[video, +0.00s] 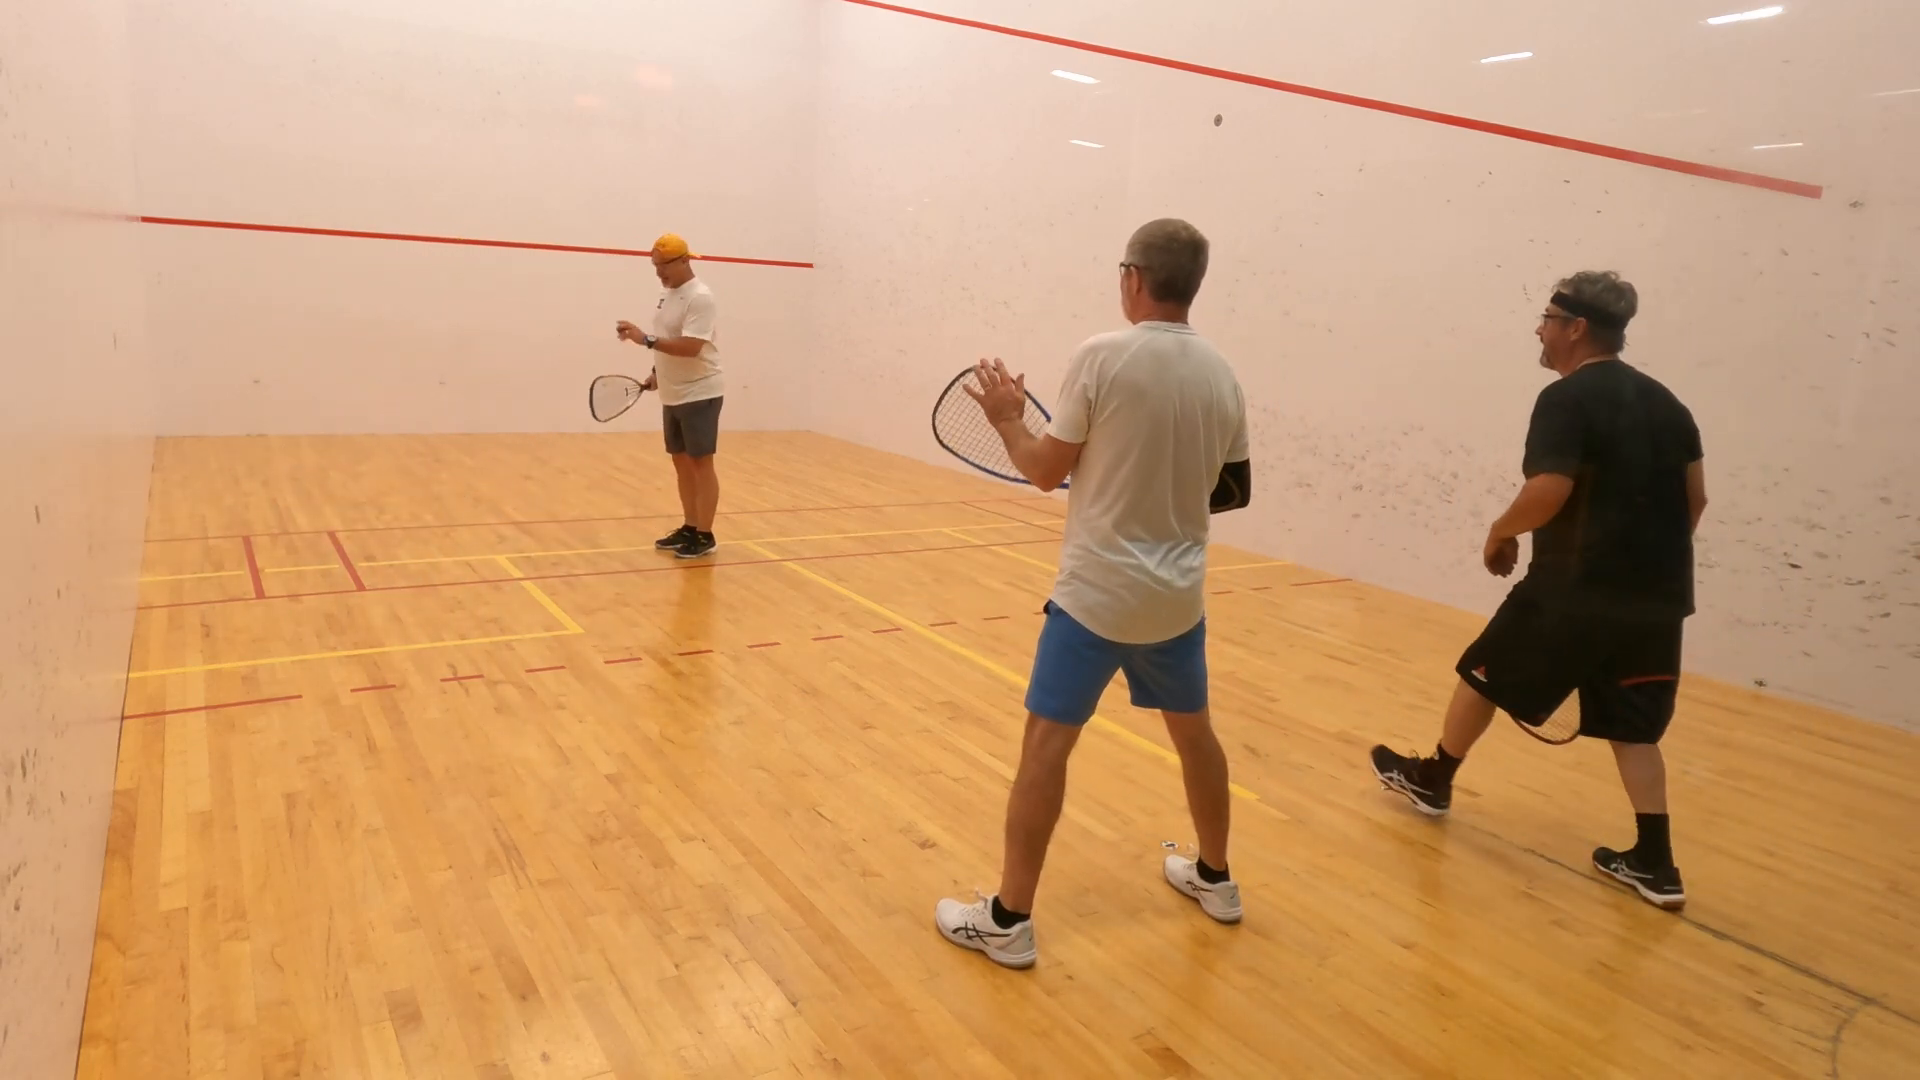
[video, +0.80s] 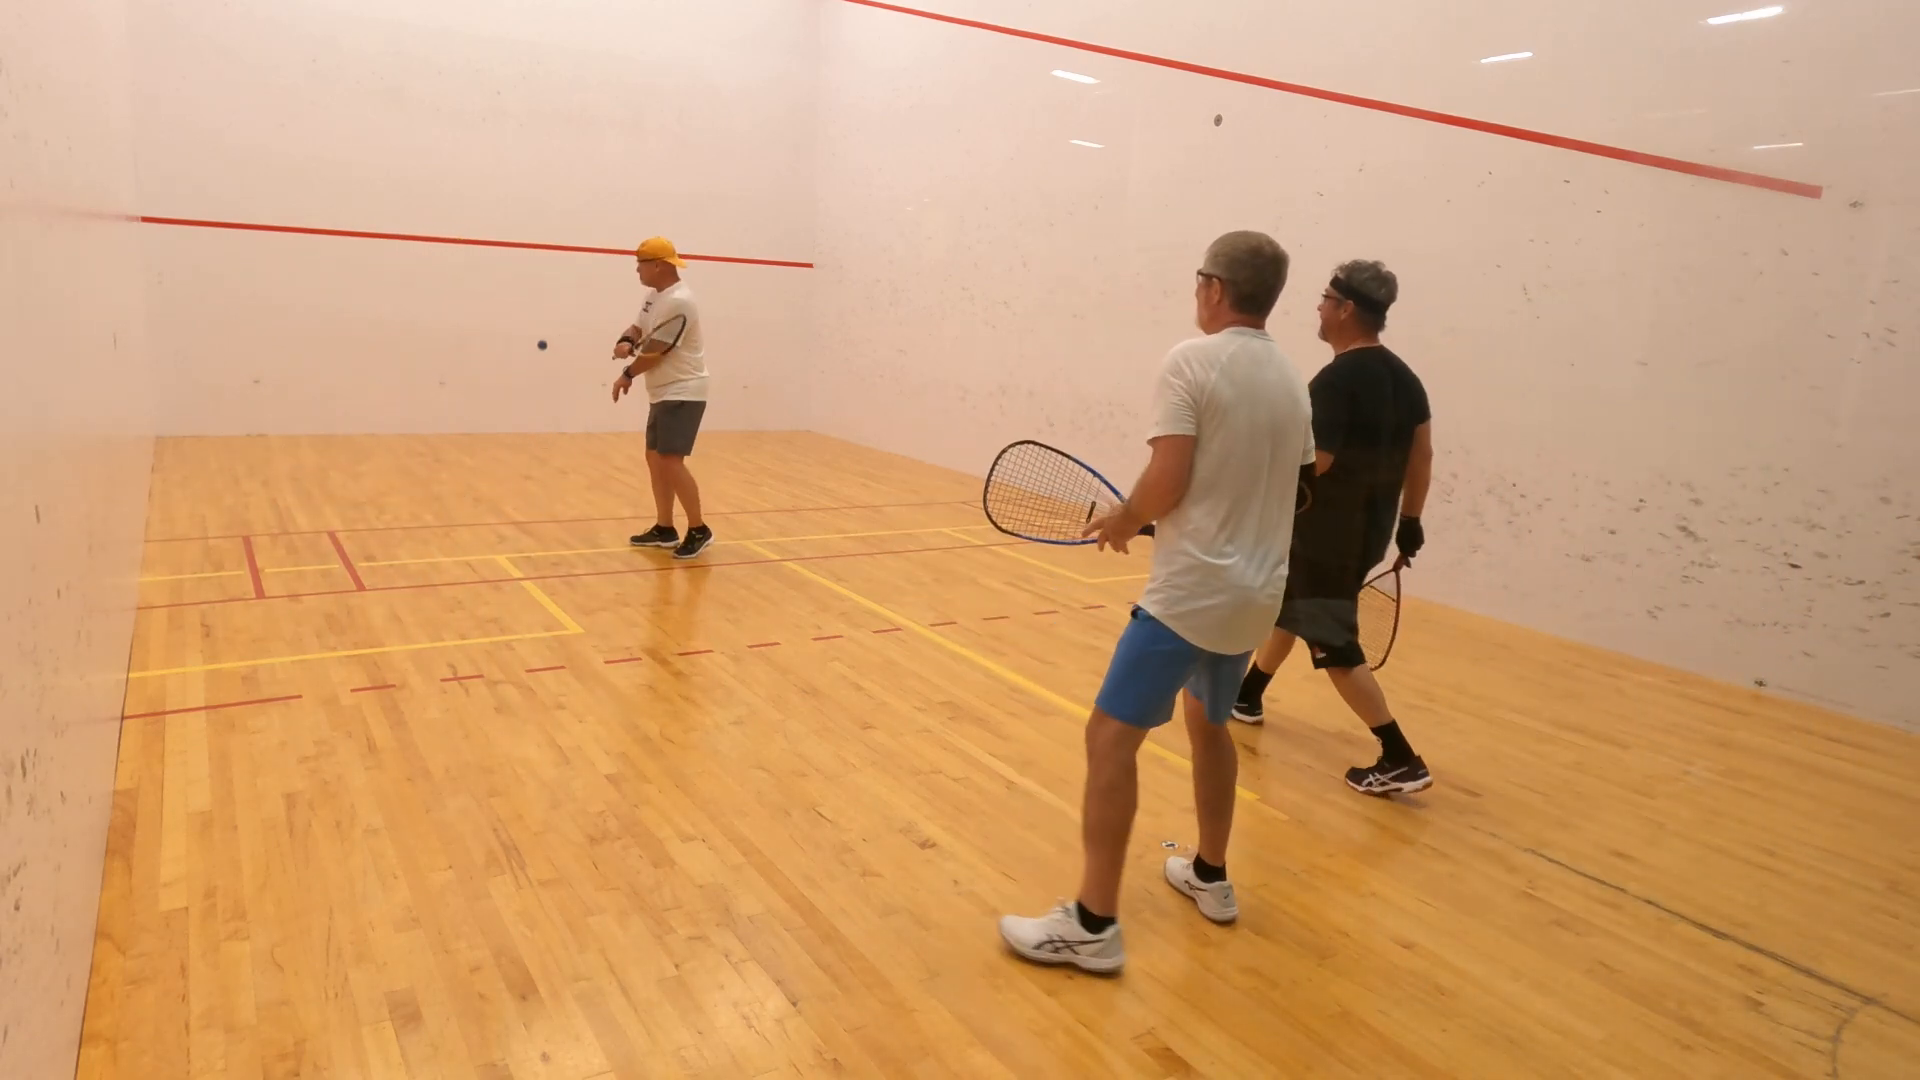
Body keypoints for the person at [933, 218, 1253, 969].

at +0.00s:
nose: (1119, 286)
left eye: (1122, 275)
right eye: (1126, 274)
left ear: (1134, 281)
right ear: (1194, 287)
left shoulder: (1104, 358)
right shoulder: (1219, 373)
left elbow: (1047, 470)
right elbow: (1231, 489)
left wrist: (1007, 417)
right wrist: (1144, 479)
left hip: (1095, 595)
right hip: (1179, 598)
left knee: (1046, 749)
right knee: (1195, 731)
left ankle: (1009, 917)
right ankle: (1216, 877)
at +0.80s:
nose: (1195, 293)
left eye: (1199, 282)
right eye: (1201, 281)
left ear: (1215, 290)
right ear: (1268, 300)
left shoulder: (1193, 362)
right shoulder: (1287, 376)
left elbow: (1167, 483)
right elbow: (1294, 478)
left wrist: (1123, 521)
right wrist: (1158, 511)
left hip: (1189, 593)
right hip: (1257, 594)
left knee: (1110, 735)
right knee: (1208, 718)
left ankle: (1094, 921)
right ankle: (1210, 876)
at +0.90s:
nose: (1216, 289)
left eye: (1221, 279)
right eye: (1220, 277)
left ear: (1235, 286)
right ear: (1294, 294)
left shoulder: (1216, 358)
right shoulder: (1309, 368)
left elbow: (1187, 480)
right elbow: (1296, 481)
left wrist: (1143, 514)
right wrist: (1172, 517)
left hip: (1207, 591)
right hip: (1273, 591)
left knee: (1138, 741)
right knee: (1215, 723)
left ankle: (1182, 933)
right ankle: (1210, 874)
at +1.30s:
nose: (1308, 294)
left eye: (1314, 285)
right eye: (1314, 282)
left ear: (1329, 299)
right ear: (1392, 310)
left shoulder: (1305, 388)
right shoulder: (1408, 399)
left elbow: (1275, 527)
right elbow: (1415, 528)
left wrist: (1208, 620)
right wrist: (1333, 594)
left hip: (1302, 627)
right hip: (1367, 629)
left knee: (1316, 837)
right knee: (1277, 753)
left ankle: (1382, 1030)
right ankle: (1221, 875)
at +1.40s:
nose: (1327, 285)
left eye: (1335, 274)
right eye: (1335, 272)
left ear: (1357, 293)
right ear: (1412, 303)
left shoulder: (1334, 387)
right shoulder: (1443, 397)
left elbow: (1311, 537)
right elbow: (1464, 528)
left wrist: (1249, 656)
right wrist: (1396, 597)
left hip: (1331, 641)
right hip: (1400, 642)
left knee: (1338, 843)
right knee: (1310, 766)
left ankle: (1382, 1034)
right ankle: (1251, 887)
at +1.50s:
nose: (1356, 278)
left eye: (1362, 268)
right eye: (1363, 265)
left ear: (1382, 286)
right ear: (1444, 295)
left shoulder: (1361, 389)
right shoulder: (1479, 389)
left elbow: (1350, 539)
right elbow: (1507, 523)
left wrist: (1299, 679)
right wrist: (1436, 601)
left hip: (1364, 657)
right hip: (1432, 653)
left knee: (1346, 843)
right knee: (1344, 790)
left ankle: (1381, 1034)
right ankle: (1339, 944)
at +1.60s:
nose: (1385, 276)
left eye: (1393, 264)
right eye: (1393, 262)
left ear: (1417, 283)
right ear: (1475, 293)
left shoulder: (1401, 388)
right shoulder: (1512, 388)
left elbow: (1397, 545)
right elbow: (1540, 525)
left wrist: (1346, 687)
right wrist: (1460, 599)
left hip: (1398, 673)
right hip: (1467, 668)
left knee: (1353, 837)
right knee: (1400, 812)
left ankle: (1378, 1031)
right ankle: (1442, 1000)